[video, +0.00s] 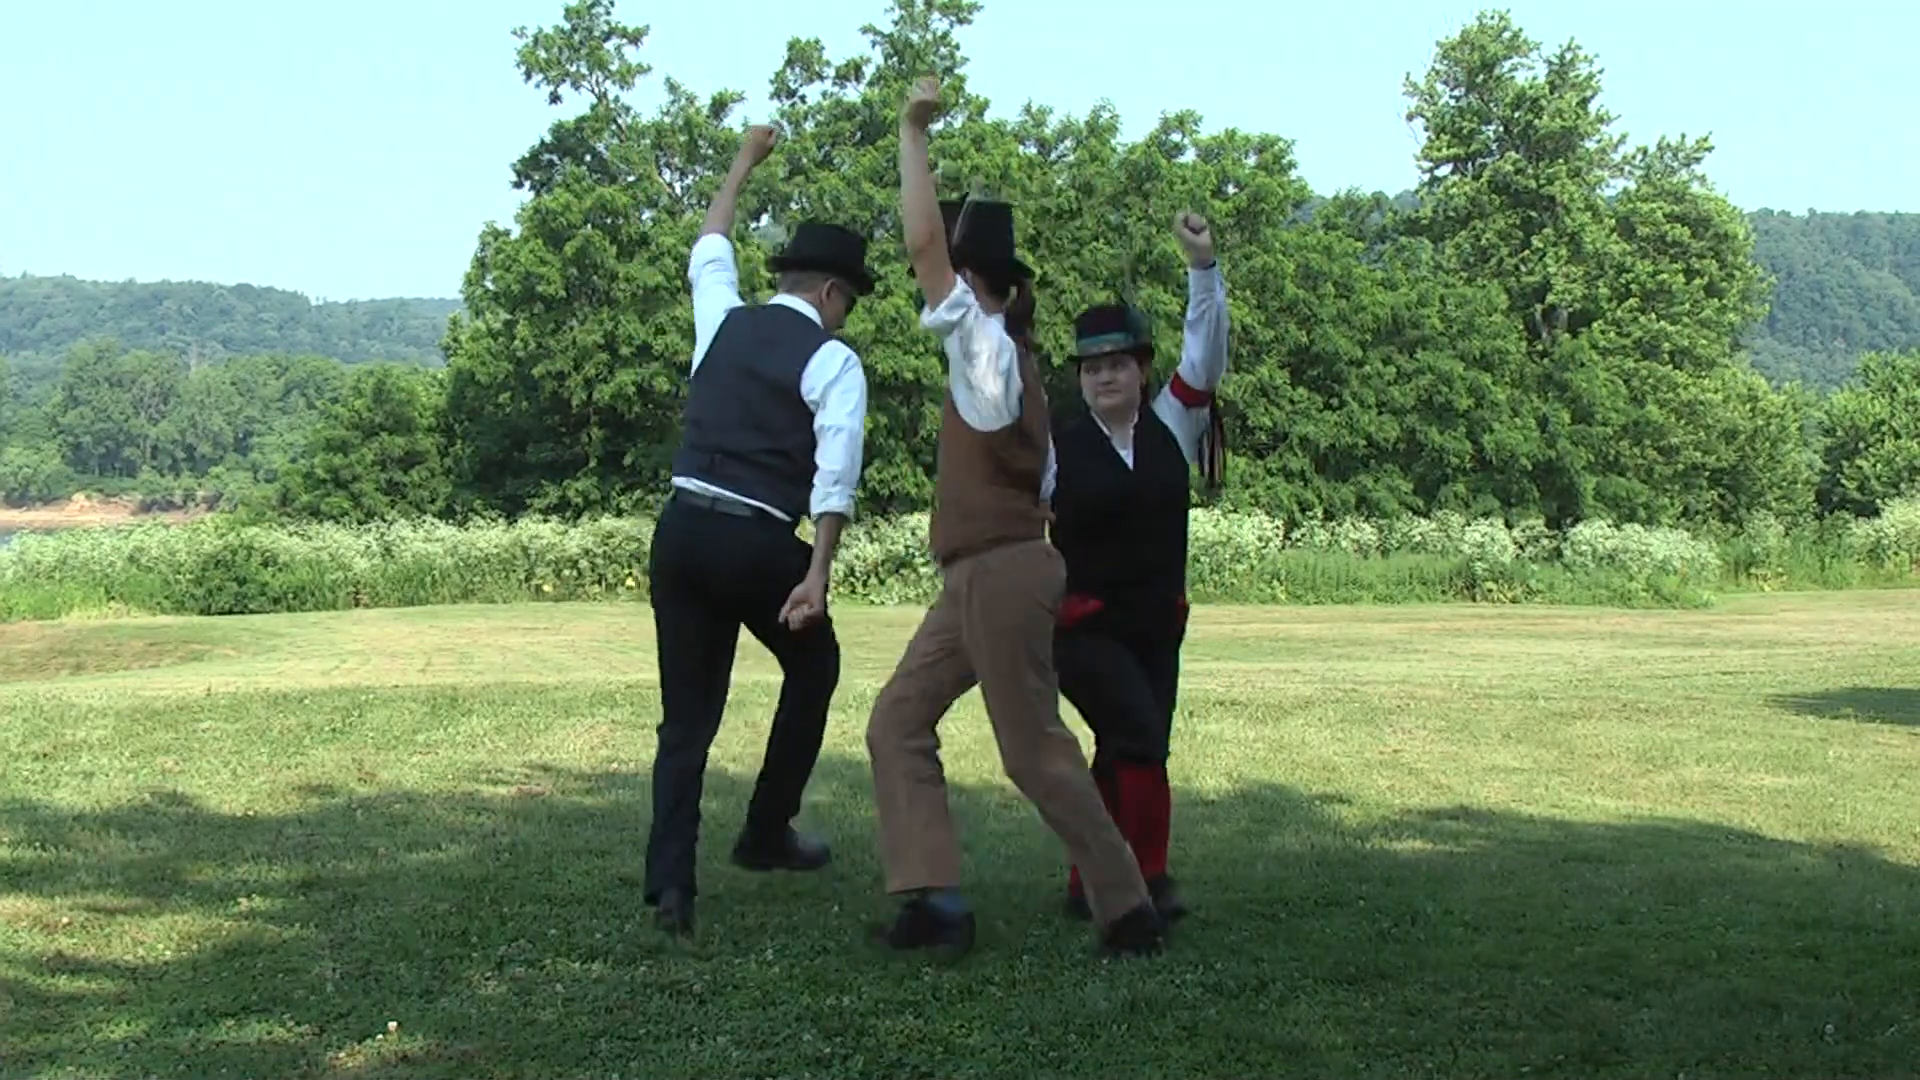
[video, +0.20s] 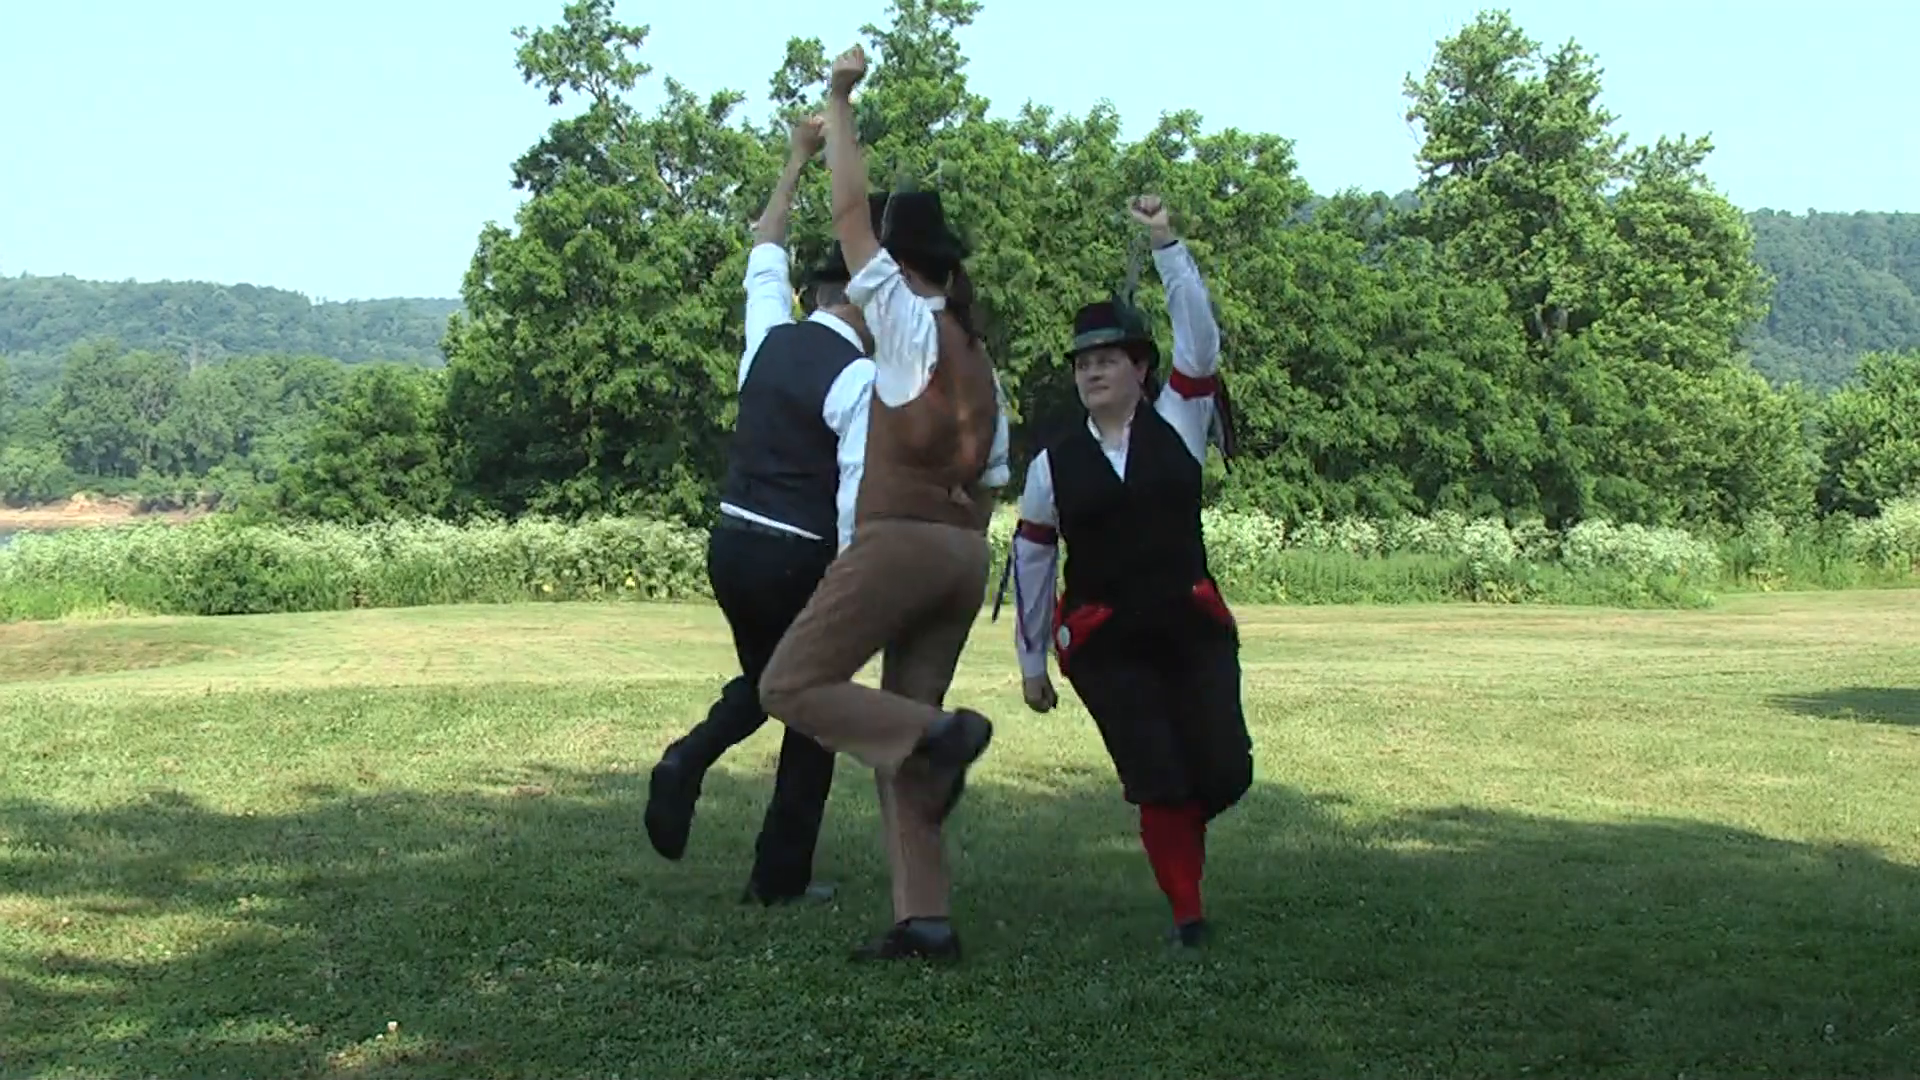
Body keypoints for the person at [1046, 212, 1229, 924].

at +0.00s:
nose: (1107, 376)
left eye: (1118, 363)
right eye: (1094, 367)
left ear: (1142, 367)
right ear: (1078, 377)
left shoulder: (1170, 422)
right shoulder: (1060, 444)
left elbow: (1203, 351)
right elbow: (1023, 515)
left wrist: (1202, 267)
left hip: (1156, 622)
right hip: (1081, 622)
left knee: (1124, 752)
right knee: (1139, 727)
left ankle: (1091, 881)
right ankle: (1150, 878)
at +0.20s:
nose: (1093, 372)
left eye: (1106, 359)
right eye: (1084, 363)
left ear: (1142, 367)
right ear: (1073, 377)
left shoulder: (1178, 420)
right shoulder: (1055, 462)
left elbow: (1196, 332)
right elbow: (1031, 564)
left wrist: (1167, 242)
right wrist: (1032, 660)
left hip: (1192, 621)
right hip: (1107, 636)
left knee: (1226, 772)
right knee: (1159, 773)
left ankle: (1166, 829)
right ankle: (1188, 916)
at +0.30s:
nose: (1083, 355)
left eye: (1097, 341)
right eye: (1075, 345)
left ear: (1134, 345)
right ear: (1069, 358)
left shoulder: (1177, 392)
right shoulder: (1051, 440)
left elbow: (1192, 317)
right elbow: (1030, 538)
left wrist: (1155, 229)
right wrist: (1040, 631)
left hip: (1194, 584)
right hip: (1108, 608)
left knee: (1192, 666)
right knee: (1149, 774)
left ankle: (1237, 785)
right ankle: (1188, 916)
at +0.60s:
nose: (1053, 357)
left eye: (1064, 344)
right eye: (1050, 347)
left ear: (1110, 345)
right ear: (1057, 358)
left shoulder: (1149, 398)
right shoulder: (1055, 440)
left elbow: (1150, 313)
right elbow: (1050, 544)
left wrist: (1097, 221)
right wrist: (1044, 638)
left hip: (1179, 593)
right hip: (1115, 611)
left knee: (1080, 670)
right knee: (1155, 778)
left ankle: (1161, 801)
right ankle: (1206, 928)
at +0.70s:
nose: (1035, 381)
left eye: (1048, 368)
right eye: (1033, 372)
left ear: (1086, 369)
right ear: (1039, 386)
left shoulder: (1122, 422)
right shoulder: (1054, 464)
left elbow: (1104, 343)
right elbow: (1055, 572)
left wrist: (1045, 263)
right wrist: (1009, 641)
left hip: (1164, 614)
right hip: (1105, 629)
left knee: (1046, 708)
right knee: (1127, 796)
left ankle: (1097, 867)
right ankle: (1211, 934)